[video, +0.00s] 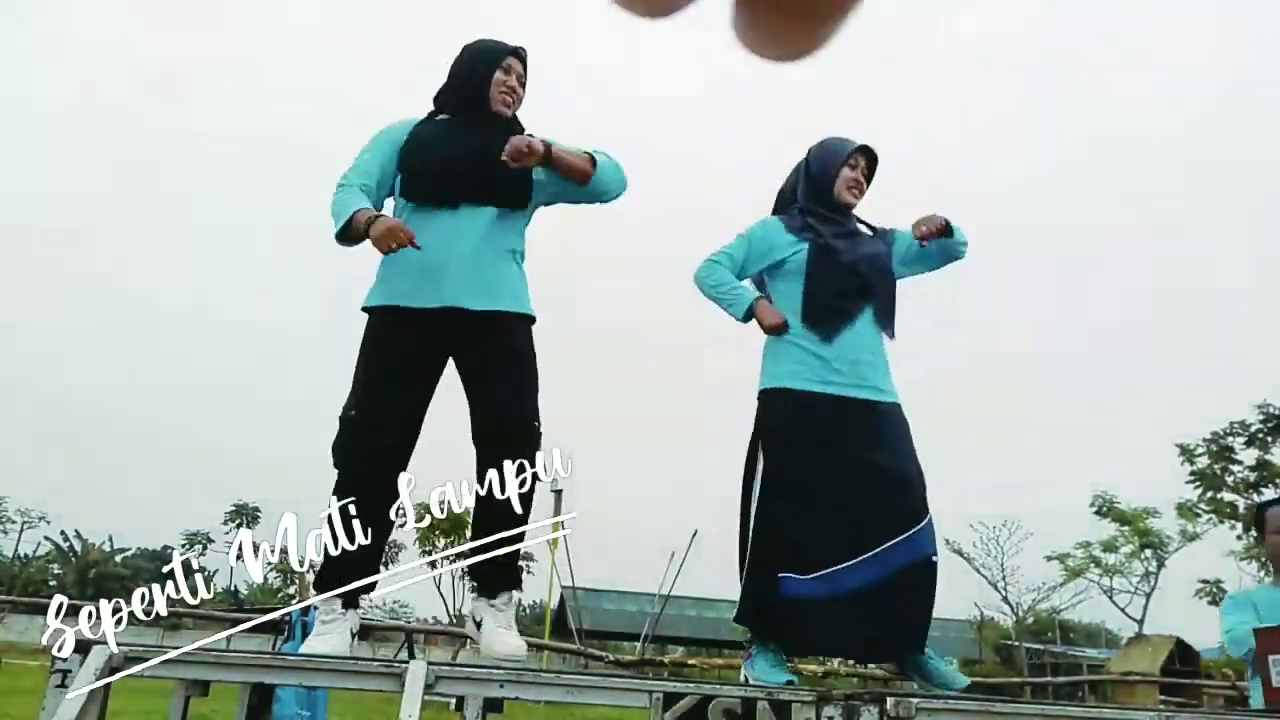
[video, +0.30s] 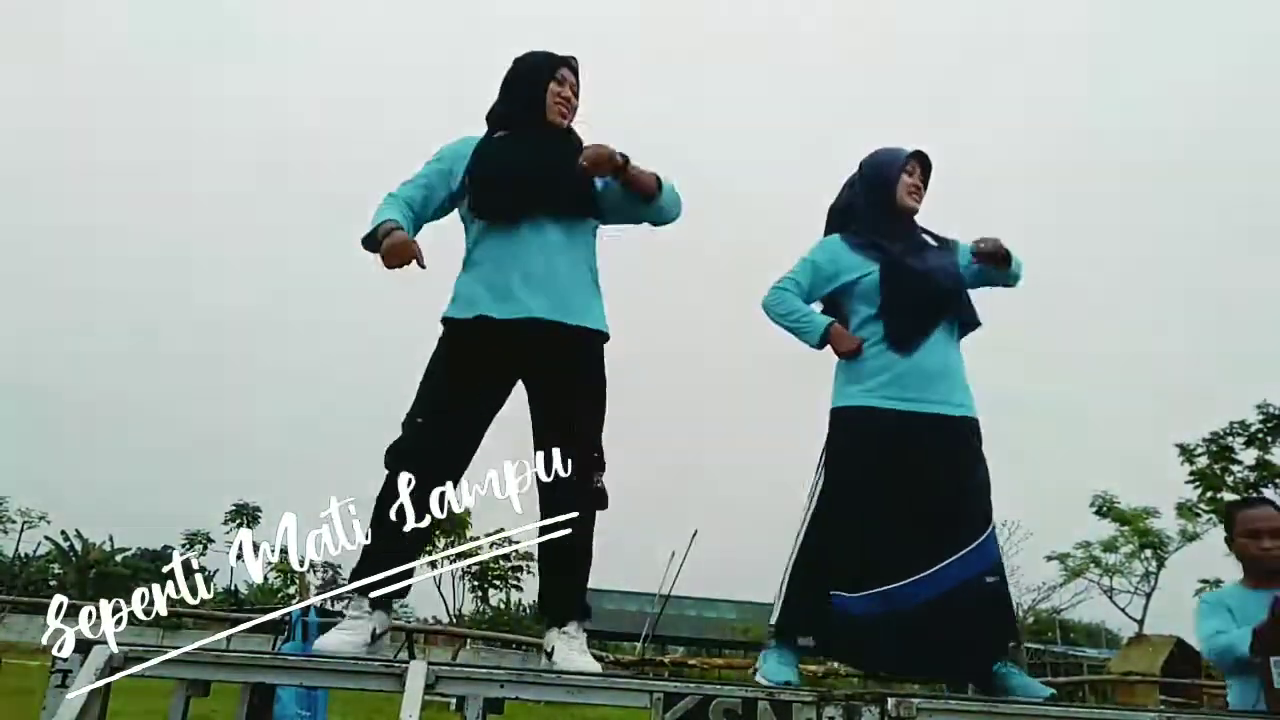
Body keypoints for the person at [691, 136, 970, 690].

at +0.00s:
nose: (858, 177)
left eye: (864, 173)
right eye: (850, 166)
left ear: (865, 187)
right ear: (820, 167)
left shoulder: (876, 242)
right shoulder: (779, 230)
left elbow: (947, 252)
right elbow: (711, 271)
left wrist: (942, 232)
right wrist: (754, 303)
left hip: (872, 394)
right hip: (798, 390)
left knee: (907, 511)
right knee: (786, 513)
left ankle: (909, 646)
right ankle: (767, 647)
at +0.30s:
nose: (916, 183)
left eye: (921, 178)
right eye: (907, 173)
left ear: (923, 191)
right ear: (877, 177)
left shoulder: (943, 252)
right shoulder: (840, 248)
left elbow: (1004, 276)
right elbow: (779, 298)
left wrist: (998, 259)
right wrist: (828, 331)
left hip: (948, 412)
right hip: (869, 408)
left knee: (971, 532)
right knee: (834, 526)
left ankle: (990, 661)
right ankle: (783, 645)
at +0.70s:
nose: (955, 193)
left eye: (961, 188)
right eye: (945, 183)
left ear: (965, 200)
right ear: (916, 187)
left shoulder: (982, 259)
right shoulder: (879, 256)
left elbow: (1059, 277)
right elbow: (821, 304)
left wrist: (1144, 265)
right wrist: (869, 335)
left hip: (995, 409)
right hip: (919, 412)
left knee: (1034, 525)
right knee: (925, 534)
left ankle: (1038, 663)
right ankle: (927, 656)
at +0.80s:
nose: (961, 181)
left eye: (968, 175)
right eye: (950, 171)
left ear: (975, 189)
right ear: (923, 179)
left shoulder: (994, 249)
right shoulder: (891, 246)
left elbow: (1065, 266)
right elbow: (829, 293)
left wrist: (1140, 275)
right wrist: (866, 328)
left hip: (1003, 399)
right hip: (924, 401)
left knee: (1047, 519)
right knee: (930, 526)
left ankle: (1065, 649)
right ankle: (924, 656)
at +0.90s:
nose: (969, 182)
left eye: (978, 175)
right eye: (957, 172)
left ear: (986, 189)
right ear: (932, 181)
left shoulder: (1006, 249)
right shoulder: (904, 248)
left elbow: (1066, 277)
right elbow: (846, 294)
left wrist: (1139, 290)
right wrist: (860, 324)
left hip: (1014, 404)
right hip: (935, 403)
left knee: (1059, 525)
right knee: (934, 527)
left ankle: (1091, 659)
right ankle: (926, 656)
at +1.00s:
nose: (978, 192)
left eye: (987, 186)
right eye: (965, 185)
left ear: (999, 200)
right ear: (944, 199)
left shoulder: (1025, 264)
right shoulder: (918, 265)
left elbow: (1089, 294)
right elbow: (863, 321)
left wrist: (1158, 316)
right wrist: (882, 326)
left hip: (1030, 420)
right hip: (952, 418)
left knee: (1064, 541)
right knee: (947, 540)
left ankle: (1088, 668)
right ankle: (932, 664)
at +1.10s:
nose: (985, 193)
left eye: (993, 186)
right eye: (972, 188)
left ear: (1009, 201)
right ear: (955, 207)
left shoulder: (1044, 263)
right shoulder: (936, 266)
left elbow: (1099, 296)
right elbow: (899, 324)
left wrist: (1158, 335)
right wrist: (944, 299)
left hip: (1047, 420)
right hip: (970, 418)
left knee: (1069, 545)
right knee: (958, 540)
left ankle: (1091, 675)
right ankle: (936, 662)